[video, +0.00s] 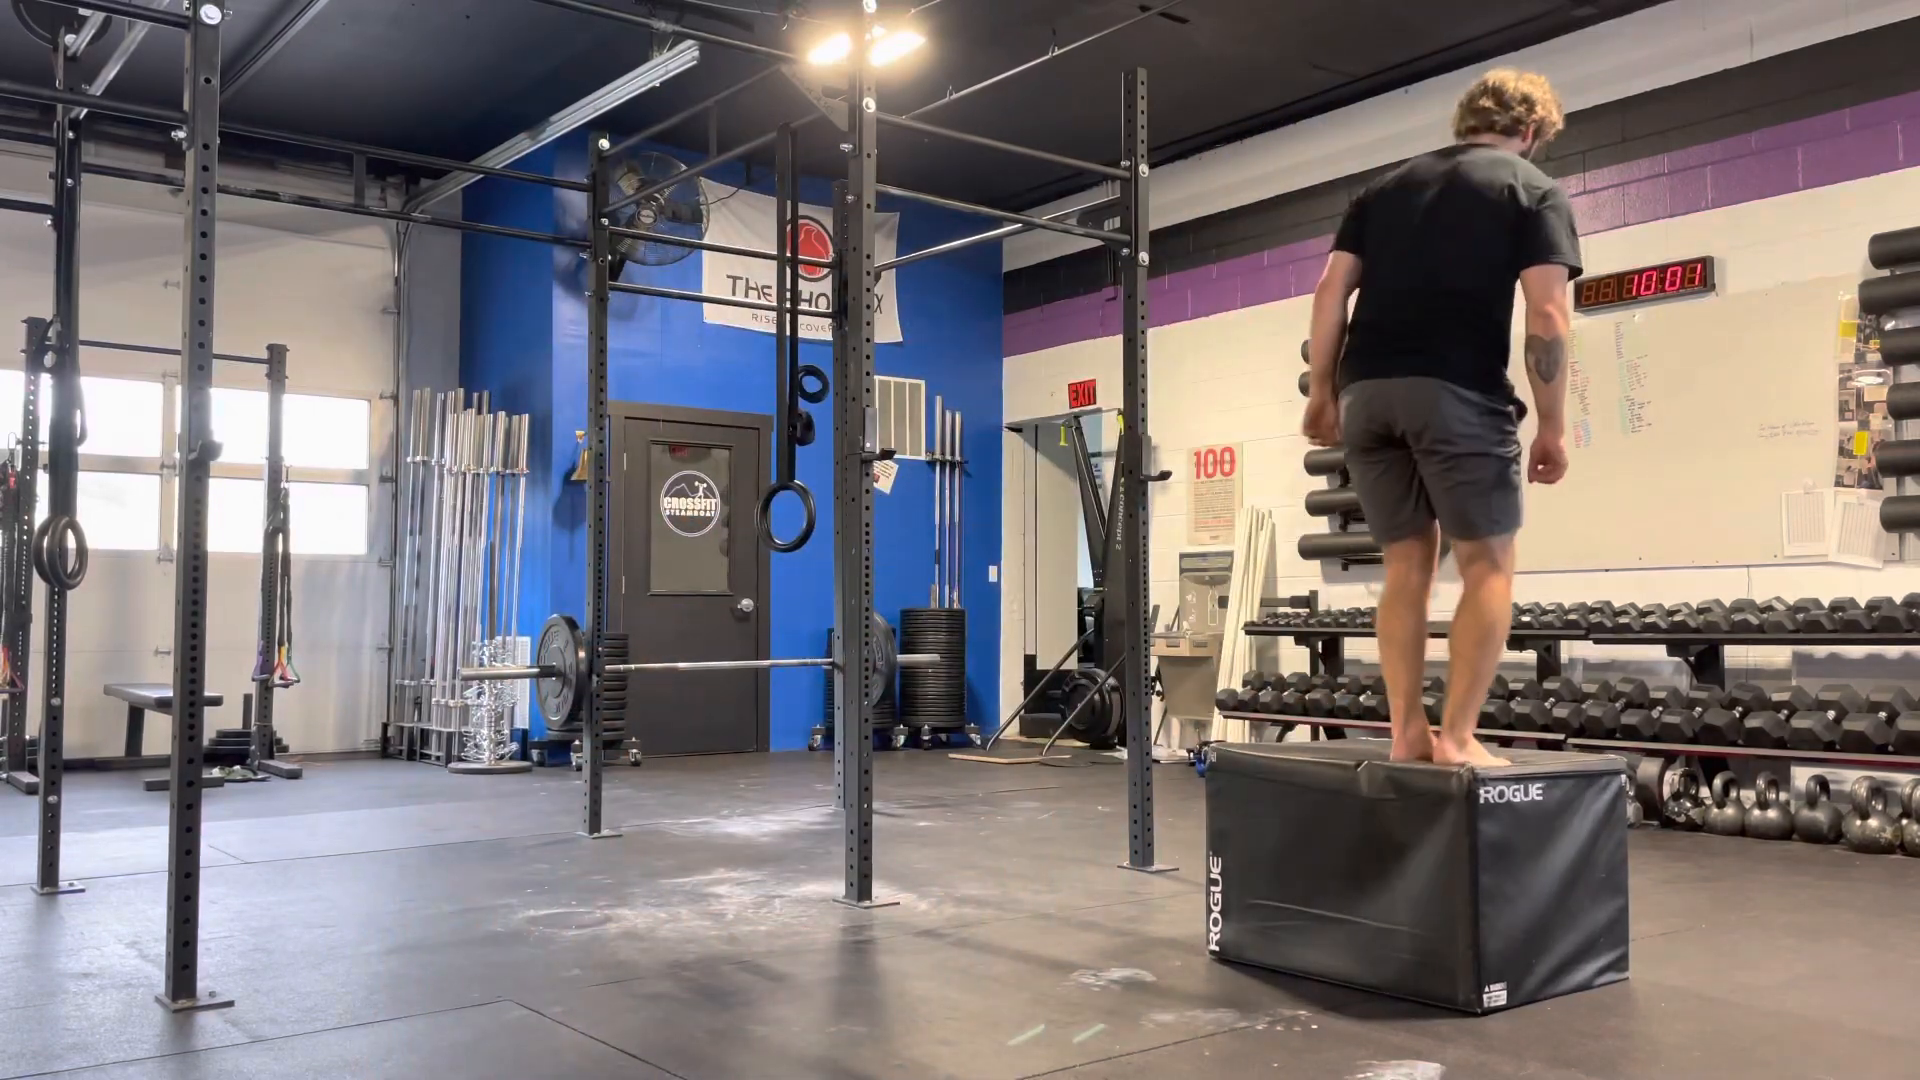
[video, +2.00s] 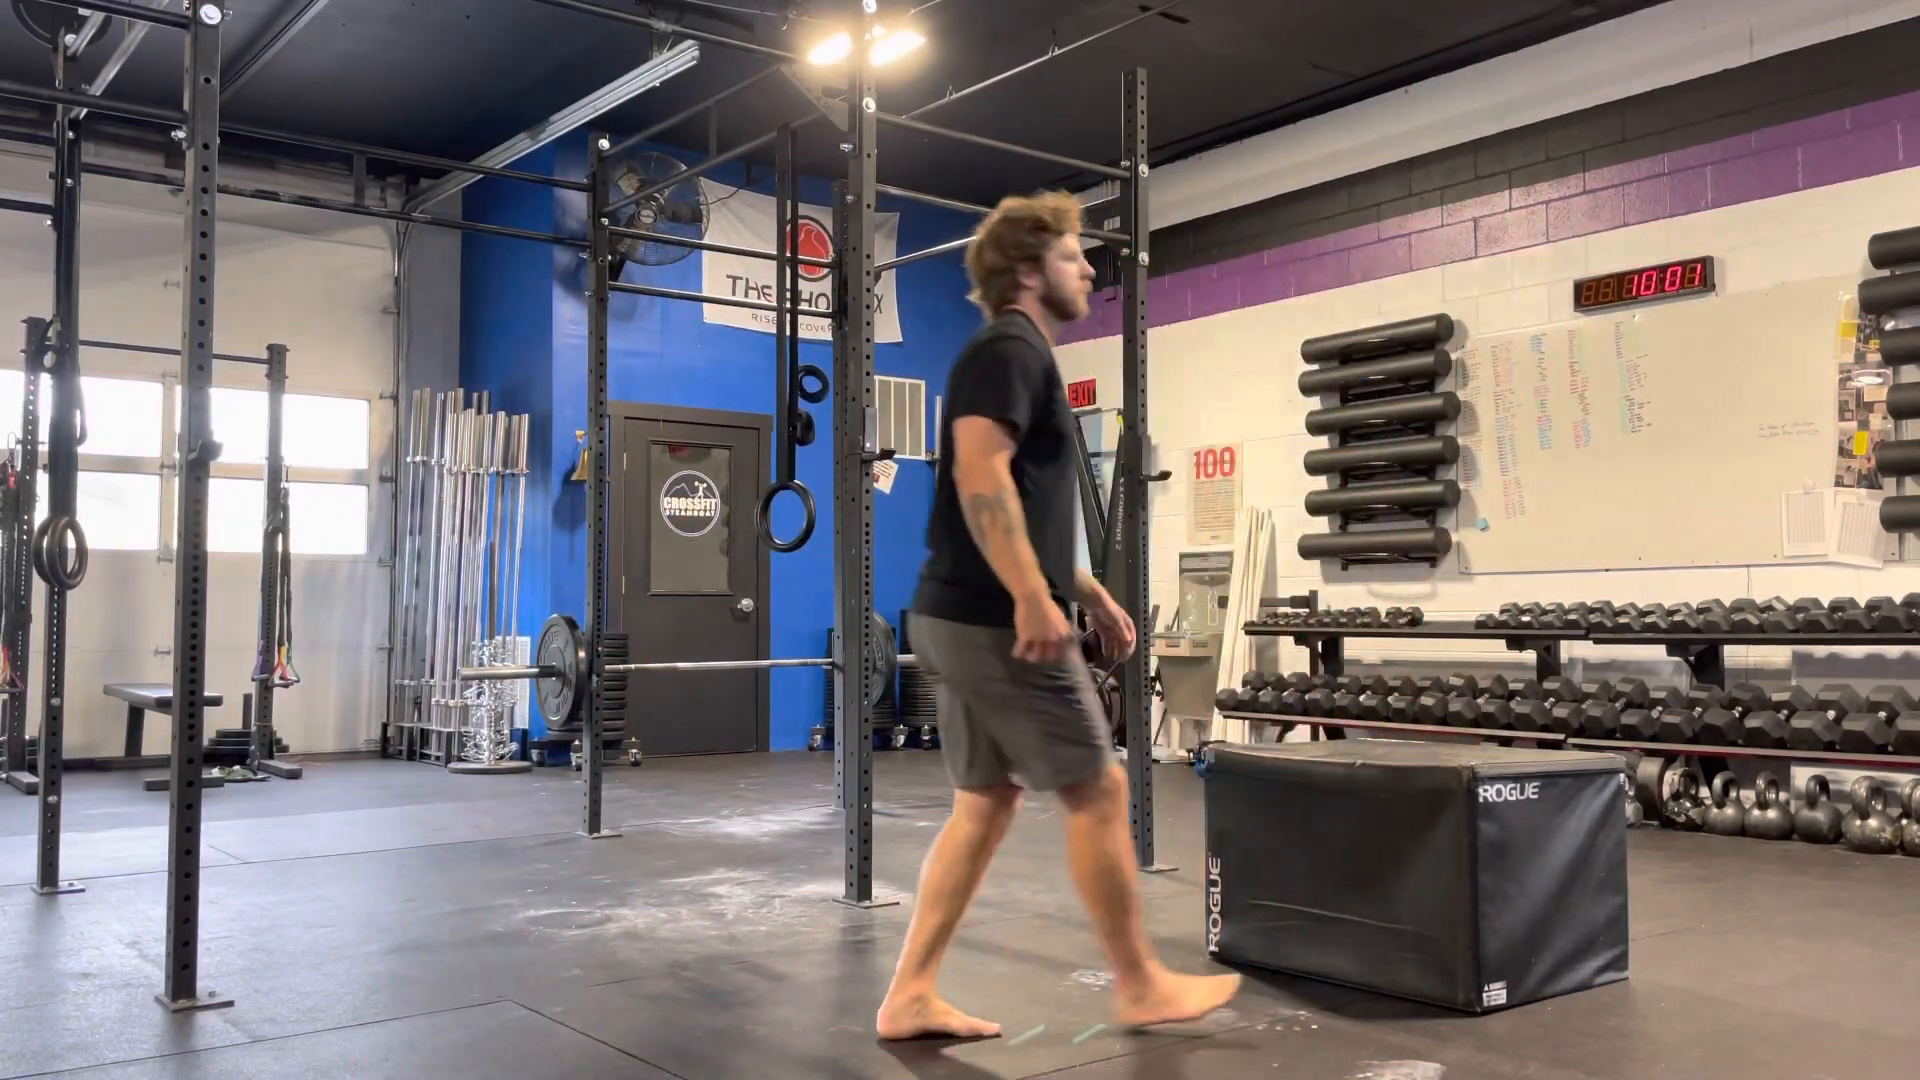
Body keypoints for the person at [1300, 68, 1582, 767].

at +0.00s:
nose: (1543, 151)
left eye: (1546, 142)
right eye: (1545, 141)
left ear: (1466, 123)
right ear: (1530, 131)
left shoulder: (1386, 186)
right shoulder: (1531, 188)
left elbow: (1330, 290)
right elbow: (1547, 318)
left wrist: (1321, 392)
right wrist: (1551, 427)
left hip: (1365, 391)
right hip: (1456, 391)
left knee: (1404, 560)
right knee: (1486, 568)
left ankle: (1407, 736)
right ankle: (1455, 740)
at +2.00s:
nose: (1089, 269)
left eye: (1084, 255)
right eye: (1075, 254)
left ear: (1032, 271)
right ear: (1034, 267)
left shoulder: (1024, 357)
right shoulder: (1008, 348)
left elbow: (1028, 505)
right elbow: (978, 474)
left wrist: (1089, 591)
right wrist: (1032, 595)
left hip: (967, 616)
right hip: (1000, 615)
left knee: (985, 796)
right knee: (1099, 788)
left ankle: (910, 994)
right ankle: (1141, 984)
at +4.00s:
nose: (604, 179)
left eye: (612, 164)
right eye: (585, 157)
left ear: (614, 176)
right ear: (517, 156)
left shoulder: (605, 312)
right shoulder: (419, 275)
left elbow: (617, 464)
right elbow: (355, 449)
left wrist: (642, 594)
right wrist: (353, 606)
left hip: (579, 627)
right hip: (448, 620)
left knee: (573, 847)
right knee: (418, 856)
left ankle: (543, 1063)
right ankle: (389, 1071)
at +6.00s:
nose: (1385, 250)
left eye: (1387, 240)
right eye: (1383, 239)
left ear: (1299, 232)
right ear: (1364, 231)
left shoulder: (1244, 293)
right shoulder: (1365, 270)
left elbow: (1181, 401)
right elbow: (1384, 386)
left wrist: (1190, 500)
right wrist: (1383, 500)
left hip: (1214, 482)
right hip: (1289, 487)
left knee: (1334, 548)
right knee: (1315, 679)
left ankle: (1353, 730)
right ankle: (1161, 732)